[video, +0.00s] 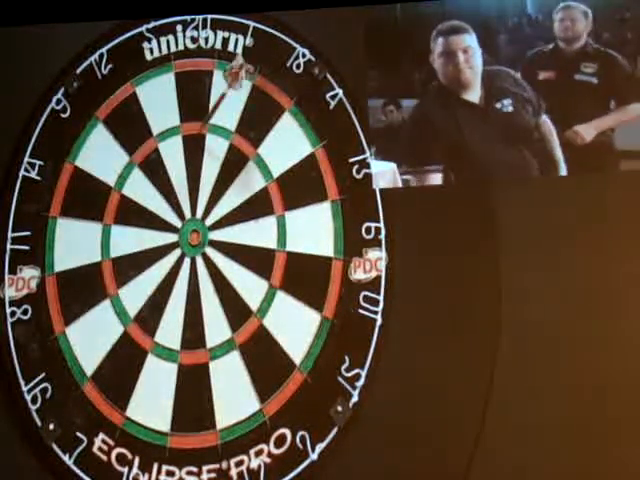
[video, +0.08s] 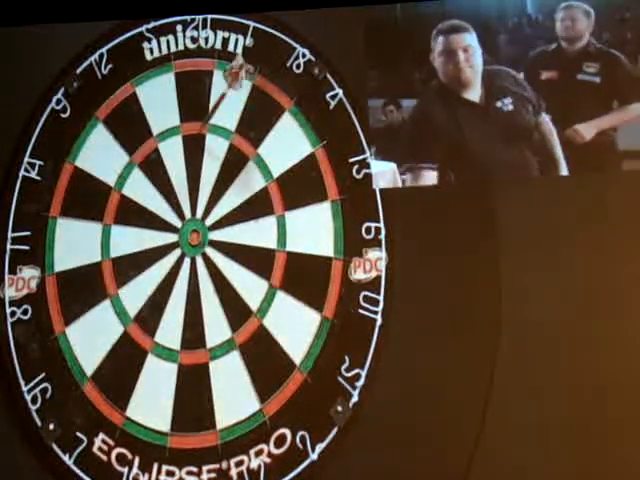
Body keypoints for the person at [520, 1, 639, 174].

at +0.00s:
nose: (566, 24)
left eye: (573, 20)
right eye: (561, 20)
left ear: (588, 25)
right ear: (553, 26)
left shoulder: (609, 62)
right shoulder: (535, 61)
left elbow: (633, 107)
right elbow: (521, 105)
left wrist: (593, 127)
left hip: (595, 162)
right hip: (546, 161)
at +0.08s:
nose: (566, 24)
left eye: (573, 19)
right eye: (561, 19)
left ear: (590, 25)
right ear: (555, 25)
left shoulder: (611, 62)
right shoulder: (537, 60)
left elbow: (634, 107)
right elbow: (524, 104)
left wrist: (593, 126)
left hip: (597, 162)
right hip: (549, 160)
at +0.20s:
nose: (569, 23)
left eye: (577, 18)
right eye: (565, 19)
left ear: (595, 24)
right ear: (559, 25)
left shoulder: (617, 61)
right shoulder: (541, 60)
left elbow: (636, 106)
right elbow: (528, 103)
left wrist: (598, 123)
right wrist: (542, 119)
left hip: (603, 158)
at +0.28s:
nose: (570, 23)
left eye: (577, 18)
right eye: (566, 19)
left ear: (596, 24)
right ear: (560, 24)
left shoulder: (618, 60)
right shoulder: (541, 61)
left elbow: (636, 106)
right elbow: (527, 102)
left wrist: (599, 122)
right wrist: (542, 118)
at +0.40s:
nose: (573, 23)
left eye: (581, 18)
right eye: (569, 19)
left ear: (600, 23)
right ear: (564, 23)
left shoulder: (624, 60)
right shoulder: (548, 59)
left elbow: (636, 107)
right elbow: (529, 100)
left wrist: (601, 119)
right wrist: (544, 117)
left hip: (610, 160)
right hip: (560, 159)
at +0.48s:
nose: (574, 24)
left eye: (582, 19)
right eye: (571, 19)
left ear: (603, 23)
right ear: (566, 22)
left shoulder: (627, 59)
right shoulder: (551, 59)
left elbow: (637, 107)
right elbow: (535, 100)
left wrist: (603, 119)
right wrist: (546, 116)